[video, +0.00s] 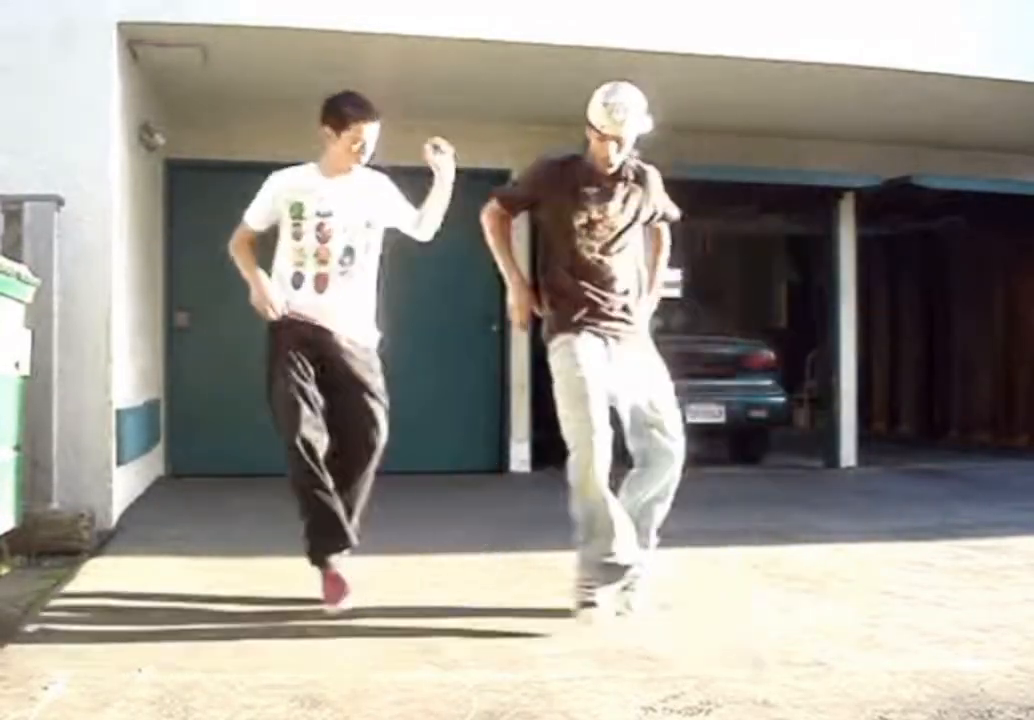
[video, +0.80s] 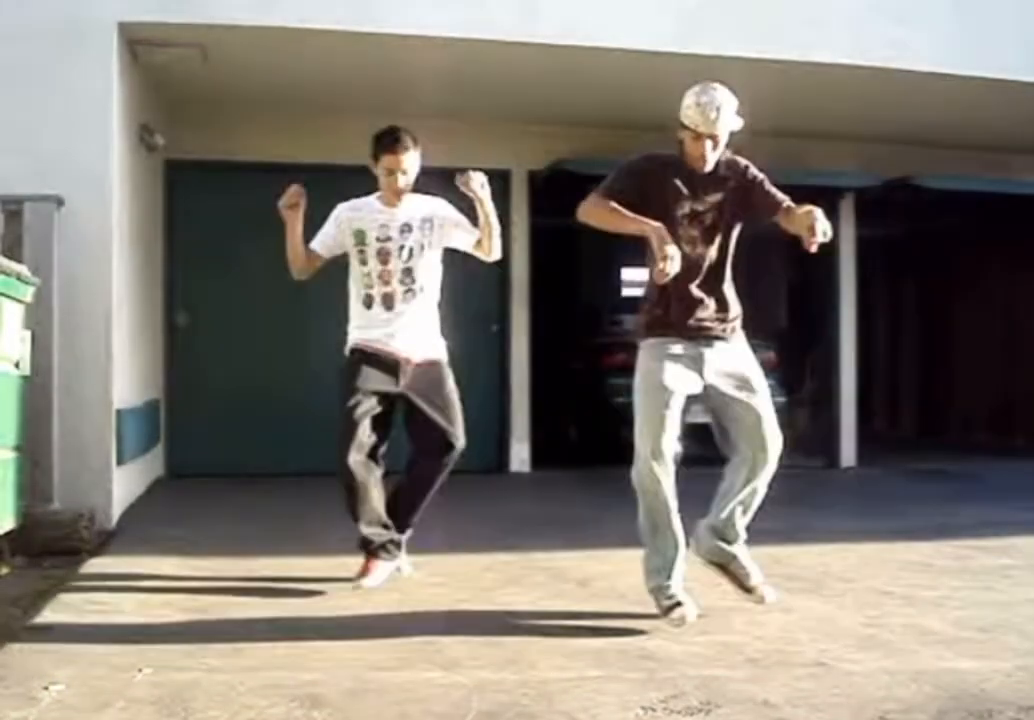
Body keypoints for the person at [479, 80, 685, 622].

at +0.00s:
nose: (612, 152)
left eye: (623, 142)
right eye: (604, 138)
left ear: (638, 138)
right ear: (588, 128)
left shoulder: (646, 181)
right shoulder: (554, 175)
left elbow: (660, 229)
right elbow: (494, 213)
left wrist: (652, 290)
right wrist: (516, 284)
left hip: (631, 330)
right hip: (574, 330)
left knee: (664, 447)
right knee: (593, 448)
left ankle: (619, 555)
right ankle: (600, 570)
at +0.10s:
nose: (591, 150)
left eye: (602, 140)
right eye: (583, 138)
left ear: (618, 138)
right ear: (569, 128)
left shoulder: (622, 184)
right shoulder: (537, 178)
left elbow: (588, 243)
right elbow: (482, 219)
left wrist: (595, 302)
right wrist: (506, 297)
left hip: (610, 338)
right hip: (550, 341)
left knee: (675, 437)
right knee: (534, 463)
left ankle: (683, 548)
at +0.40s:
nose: (587, 157)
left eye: (597, 146)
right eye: (578, 146)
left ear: (609, 144)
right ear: (560, 140)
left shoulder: (613, 188)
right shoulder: (529, 189)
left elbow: (587, 244)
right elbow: (465, 222)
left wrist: (602, 299)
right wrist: (504, 291)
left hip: (618, 348)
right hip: (552, 356)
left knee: (678, 451)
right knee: (515, 470)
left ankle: (678, 563)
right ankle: (439, 582)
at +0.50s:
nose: (621, 150)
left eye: (630, 139)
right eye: (611, 138)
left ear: (644, 135)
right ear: (595, 132)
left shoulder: (656, 187)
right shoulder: (562, 181)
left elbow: (689, 247)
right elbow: (519, 248)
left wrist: (684, 266)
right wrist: (584, 254)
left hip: (642, 333)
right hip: (584, 334)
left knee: (655, 445)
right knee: (586, 445)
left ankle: (614, 554)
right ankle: (581, 574)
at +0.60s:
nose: (660, 167)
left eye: (668, 157)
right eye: (651, 156)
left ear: (681, 155)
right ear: (635, 150)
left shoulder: (690, 204)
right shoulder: (609, 200)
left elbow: (726, 257)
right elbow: (608, 271)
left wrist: (689, 256)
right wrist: (674, 295)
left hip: (672, 354)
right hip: (619, 350)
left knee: (651, 468)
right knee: (643, 468)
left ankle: (594, 567)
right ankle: (694, 584)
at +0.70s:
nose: (674, 157)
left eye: (684, 147)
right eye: (666, 146)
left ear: (697, 144)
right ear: (651, 139)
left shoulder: (707, 193)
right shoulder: (621, 192)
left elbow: (754, 245)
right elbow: (599, 254)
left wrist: (721, 234)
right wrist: (670, 265)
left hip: (691, 352)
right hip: (636, 354)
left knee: (695, 474)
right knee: (667, 474)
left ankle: (613, 551)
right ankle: (700, 589)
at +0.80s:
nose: (706, 150)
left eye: (716, 140)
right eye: (698, 139)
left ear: (730, 135)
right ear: (682, 129)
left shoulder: (739, 176)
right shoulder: (650, 172)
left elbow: (786, 214)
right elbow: (589, 209)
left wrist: (810, 222)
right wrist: (649, 228)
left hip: (726, 340)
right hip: (666, 340)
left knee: (762, 445)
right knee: (655, 460)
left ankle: (721, 537)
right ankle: (665, 584)